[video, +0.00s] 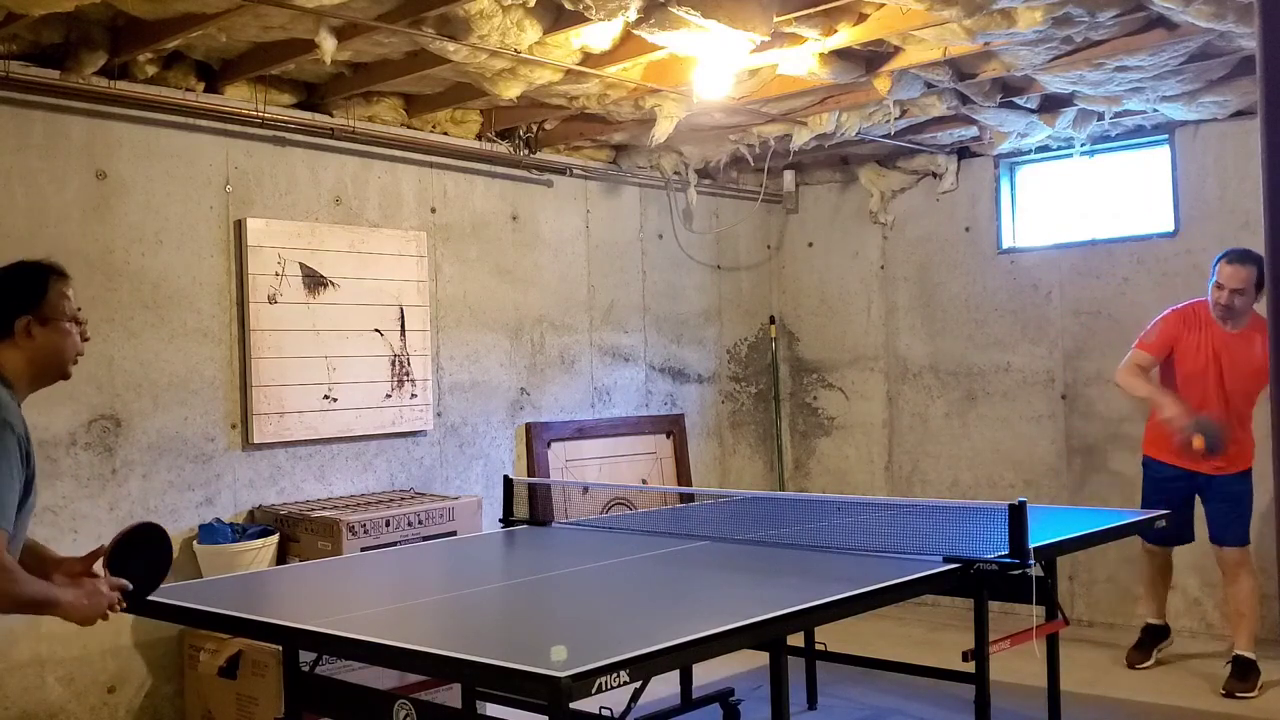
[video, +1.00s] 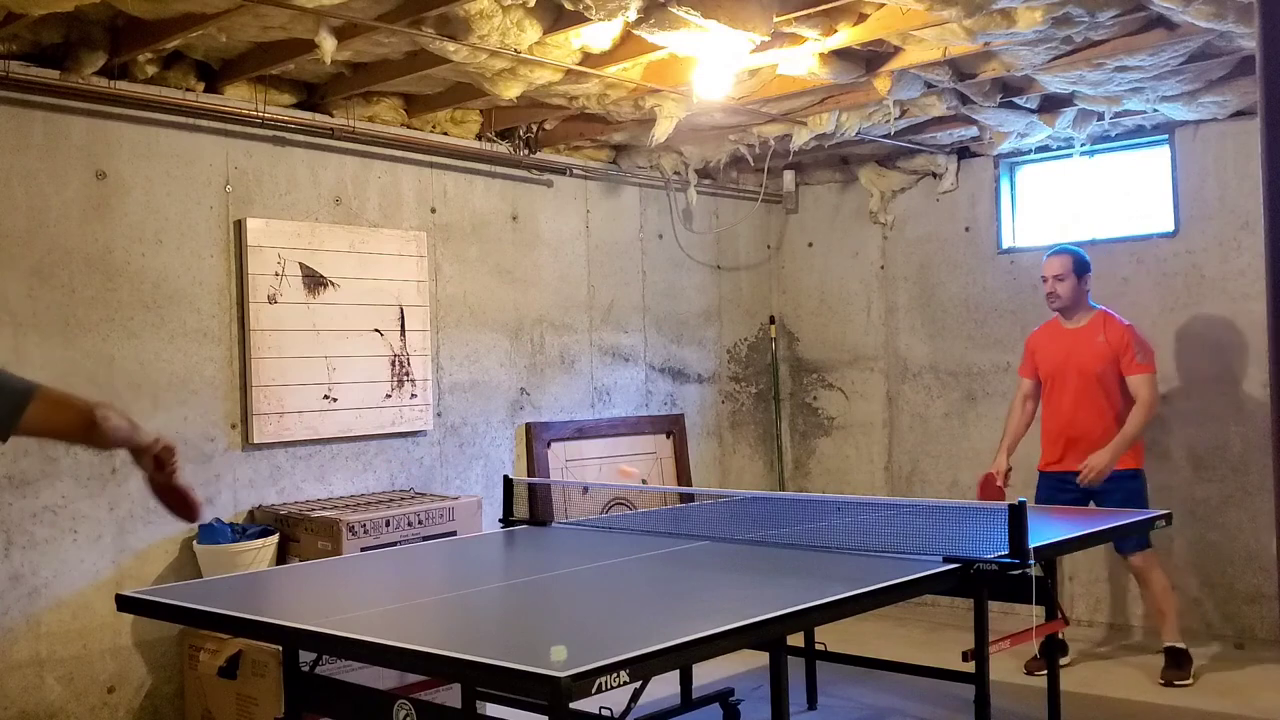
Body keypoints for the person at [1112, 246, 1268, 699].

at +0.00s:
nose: (1225, 299)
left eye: (1238, 292)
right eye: (1220, 288)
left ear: (1256, 294)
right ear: (1211, 282)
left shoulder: (1265, 339)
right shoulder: (1180, 320)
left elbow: (1267, 394)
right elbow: (1127, 372)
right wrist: (1168, 404)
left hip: (1230, 463)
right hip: (1168, 457)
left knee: (1234, 556)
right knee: (1155, 544)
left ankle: (1244, 657)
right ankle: (1155, 626)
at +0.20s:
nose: (1214, 296)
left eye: (1227, 290)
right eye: (1210, 285)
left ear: (1249, 293)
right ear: (1202, 282)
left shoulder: (1262, 344)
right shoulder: (1172, 322)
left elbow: (1275, 399)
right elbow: (1100, 362)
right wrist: (1051, 408)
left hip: (1220, 462)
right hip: (1156, 455)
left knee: (1227, 558)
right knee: (1132, 542)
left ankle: (1243, 657)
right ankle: (1125, 615)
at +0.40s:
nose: (1173, 288)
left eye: (1185, 282)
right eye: (1169, 279)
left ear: (1209, 287)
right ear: (1163, 280)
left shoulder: (1232, 345)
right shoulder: (1137, 326)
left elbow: (1256, 414)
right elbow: (1086, 372)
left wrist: (1271, 462)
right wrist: (1042, 419)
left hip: (1195, 470)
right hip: (1130, 461)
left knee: (1211, 561)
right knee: (1101, 547)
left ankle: (1241, 657)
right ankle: (1079, 628)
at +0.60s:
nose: (1113, 292)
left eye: (1124, 285)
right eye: (1109, 284)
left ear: (1149, 291)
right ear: (1103, 287)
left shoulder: (1173, 347)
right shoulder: (1086, 340)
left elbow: (1196, 417)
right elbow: (1057, 398)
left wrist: (1194, 485)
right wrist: (1030, 455)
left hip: (1154, 483)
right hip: (1089, 478)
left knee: (1188, 565)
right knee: (1067, 559)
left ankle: (1236, 658)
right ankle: (1054, 642)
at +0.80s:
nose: (1068, 285)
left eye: (1078, 277)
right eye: (1063, 277)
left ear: (1102, 281)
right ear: (1060, 281)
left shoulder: (1131, 335)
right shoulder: (1049, 337)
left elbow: (1156, 407)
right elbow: (1031, 398)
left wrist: (1122, 453)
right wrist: (1013, 452)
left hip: (1126, 469)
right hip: (1063, 470)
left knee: (1160, 556)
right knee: (1049, 557)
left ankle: (1203, 650)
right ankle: (1053, 642)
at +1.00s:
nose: (1049, 288)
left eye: (1058, 279)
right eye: (1044, 280)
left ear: (1084, 281)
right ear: (1043, 284)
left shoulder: (1119, 332)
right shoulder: (1039, 340)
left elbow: (1147, 401)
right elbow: (1026, 401)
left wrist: (1111, 452)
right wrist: (1004, 451)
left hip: (1117, 470)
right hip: (1057, 472)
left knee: (1138, 556)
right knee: (1041, 560)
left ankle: (1175, 647)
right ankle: (1052, 643)